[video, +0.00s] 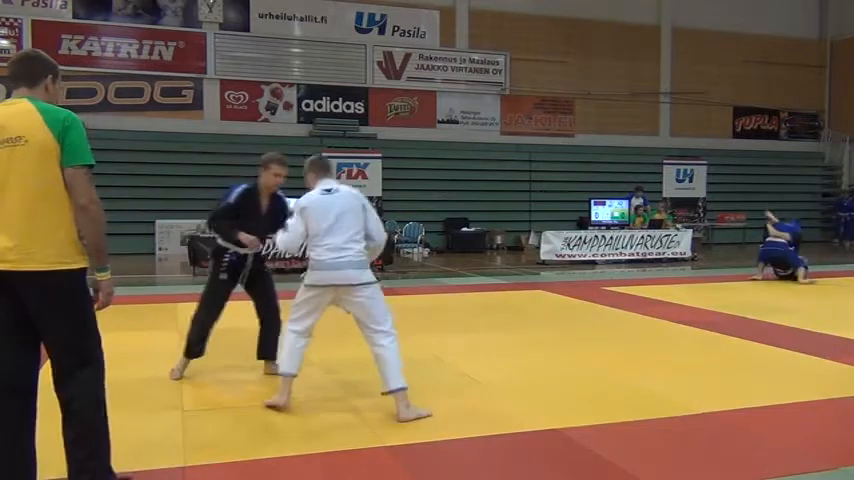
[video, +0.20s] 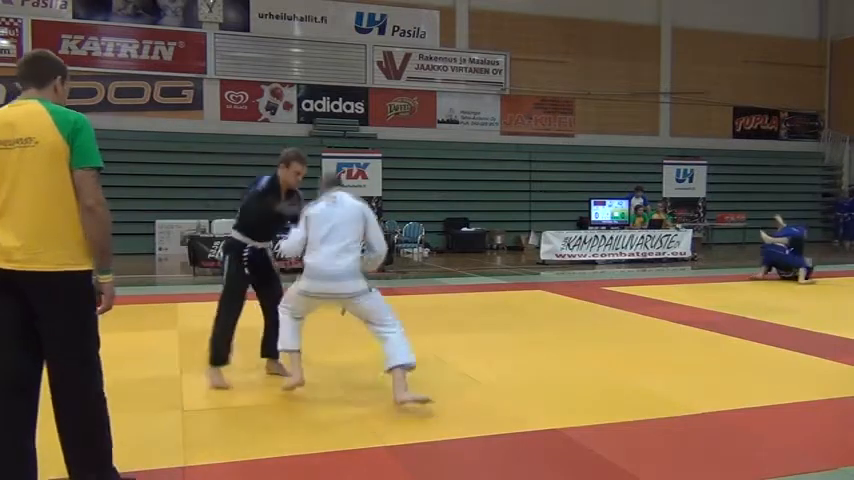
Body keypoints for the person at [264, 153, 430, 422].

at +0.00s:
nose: (306, 181)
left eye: (306, 178)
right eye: (306, 178)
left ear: (311, 176)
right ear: (333, 174)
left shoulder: (305, 203)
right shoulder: (356, 196)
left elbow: (290, 245)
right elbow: (379, 237)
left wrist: (282, 234)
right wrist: (361, 259)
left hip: (319, 275)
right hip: (357, 274)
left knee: (297, 329)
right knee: (382, 333)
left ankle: (283, 395)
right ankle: (403, 405)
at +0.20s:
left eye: (322, 187)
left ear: (322, 189)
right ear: (344, 188)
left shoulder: (311, 210)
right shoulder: (361, 207)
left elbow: (291, 248)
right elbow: (380, 250)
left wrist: (281, 246)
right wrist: (360, 269)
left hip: (313, 282)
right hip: (350, 283)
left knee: (289, 311)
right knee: (389, 328)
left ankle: (296, 373)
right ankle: (401, 391)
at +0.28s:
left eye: (327, 212)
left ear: (331, 213)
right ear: (355, 215)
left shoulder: (316, 235)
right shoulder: (363, 233)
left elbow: (281, 263)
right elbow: (386, 271)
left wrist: (259, 288)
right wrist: (361, 282)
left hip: (310, 304)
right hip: (348, 305)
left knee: (289, 307)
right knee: (393, 338)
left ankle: (308, 369)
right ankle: (405, 400)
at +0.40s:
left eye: (316, 256)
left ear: (316, 254)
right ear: (340, 252)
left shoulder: (307, 271)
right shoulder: (351, 268)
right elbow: (375, 301)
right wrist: (355, 291)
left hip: (309, 341)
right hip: (346, 336)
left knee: (294, 337)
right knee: (398, 353)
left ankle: (331, 378)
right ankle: (406, 400)